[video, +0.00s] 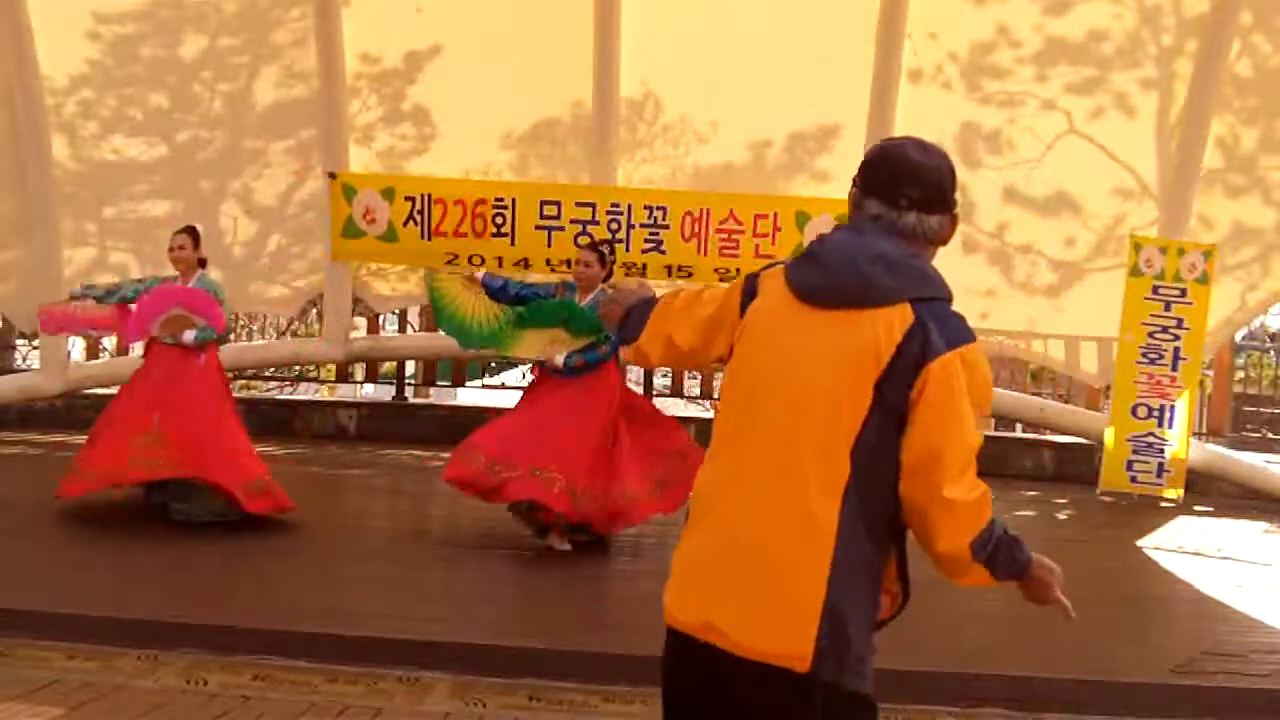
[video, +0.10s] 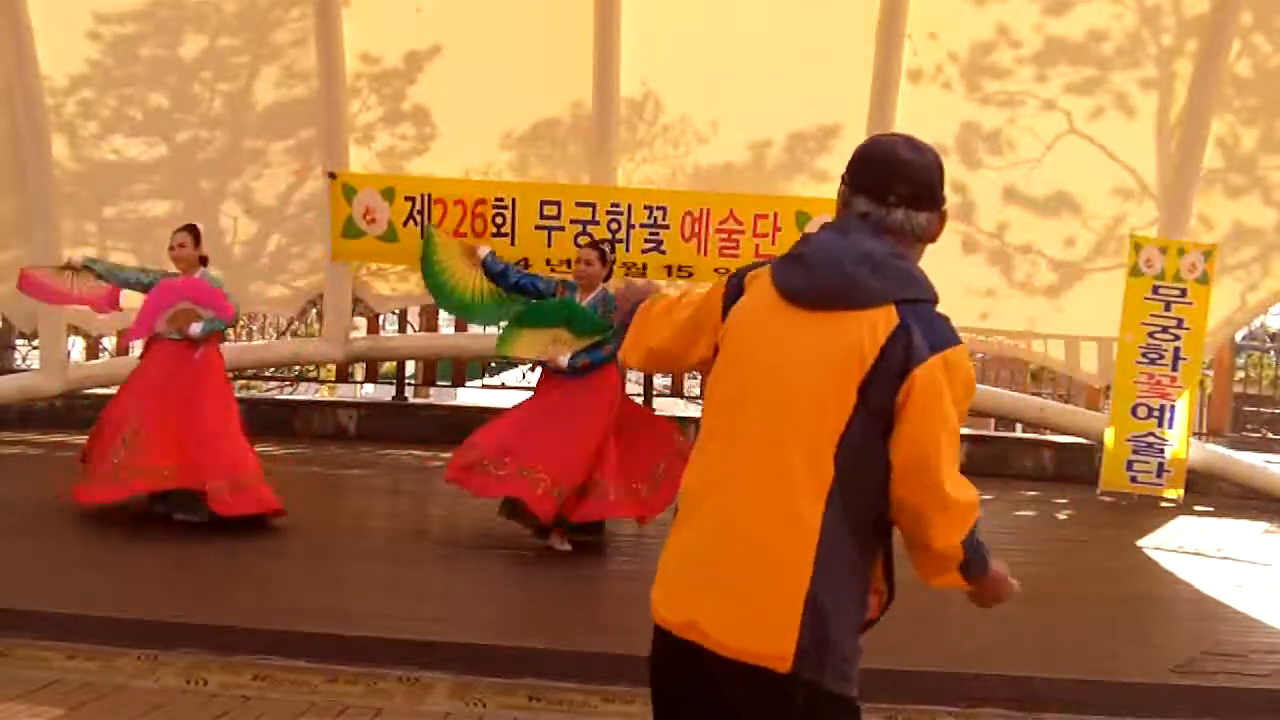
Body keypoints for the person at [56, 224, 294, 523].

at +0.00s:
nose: (175, 254)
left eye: (182, 248)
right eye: (172, 248)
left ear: (197, 253)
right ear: (169, 253)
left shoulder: (210, 289)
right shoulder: (161, 285)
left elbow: (221, 329)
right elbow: (123, 292)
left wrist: (187, 335)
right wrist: (85, 293)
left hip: (195, 365)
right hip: (161, 363)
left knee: (195, 425)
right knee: (158, 424)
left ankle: (197, 494)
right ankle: (161, 490)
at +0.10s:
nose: (175, 251)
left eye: (182, 246)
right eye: (172, 247)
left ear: (199, 251)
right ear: (169, 252)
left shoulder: (209, 286)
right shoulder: (162, 285)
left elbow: (229, 313)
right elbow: (125, 276)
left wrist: (206, 327)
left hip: (199, 361)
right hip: (163, 358)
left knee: (196, 423)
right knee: (160, 422)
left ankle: (194, 495)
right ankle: (162, 492)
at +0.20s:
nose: (175, 249)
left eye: (183, 244)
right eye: (172, 245)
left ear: (199, 249)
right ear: (170, 250)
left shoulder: (211, 281)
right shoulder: (165, 279)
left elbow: (232, 308)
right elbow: (132, 262)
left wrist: (205, 321)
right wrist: (99, 240)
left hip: (200, 360)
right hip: (164, 358)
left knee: (200, 425)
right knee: (163, 422)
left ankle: (201, 500)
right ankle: (169, 492)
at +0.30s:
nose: (177, 248)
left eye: (184, 243)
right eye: (174, 244)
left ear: (201, 248)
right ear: (172, 249)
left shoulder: (209, 279)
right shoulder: (168, 277)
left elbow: (233, 304)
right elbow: (141, 257)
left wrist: (205, 318)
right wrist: (117, 228)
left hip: (198, 359)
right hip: (165, 357)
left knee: (199, 425)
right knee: (167, 424)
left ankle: (202, 500)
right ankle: (173, 499)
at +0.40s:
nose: (178, 248)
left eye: (185, 242)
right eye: (175, 243)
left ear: (201, 247)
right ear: (172, 249)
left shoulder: (211, 279)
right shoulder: (169, 277)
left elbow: (235, 302)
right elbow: (145, 254)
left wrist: (208, 315)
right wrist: (132, 220)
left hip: (199, 358)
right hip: (165, 357)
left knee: (199, 424)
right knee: (161, 422)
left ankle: (196, 498)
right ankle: (161, 498)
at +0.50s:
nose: (179, 249)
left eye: (186, 243)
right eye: (176, 244)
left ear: (202, 247)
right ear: (173, 250)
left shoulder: (212, 279)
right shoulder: (170, 277)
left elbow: (234, 303)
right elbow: (147, 253)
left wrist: (205, 317)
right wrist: (144, 216)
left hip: (203, 360)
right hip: (167, 359)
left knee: (201, 423)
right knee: (162, 422)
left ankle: (198, 496)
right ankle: (164, 501)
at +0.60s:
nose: (180, 249)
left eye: (186, 244)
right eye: (176, 245)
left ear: (202, 248)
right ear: (173, 250)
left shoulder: (212, 280)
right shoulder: (168, 278)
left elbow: (233, 304)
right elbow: (145, 248)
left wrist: (201, 319)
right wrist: (151, 211)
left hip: (205, 362)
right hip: (169, 361)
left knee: (203, 426)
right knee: (165, 426)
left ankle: (198, 497)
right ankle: (168, 506)